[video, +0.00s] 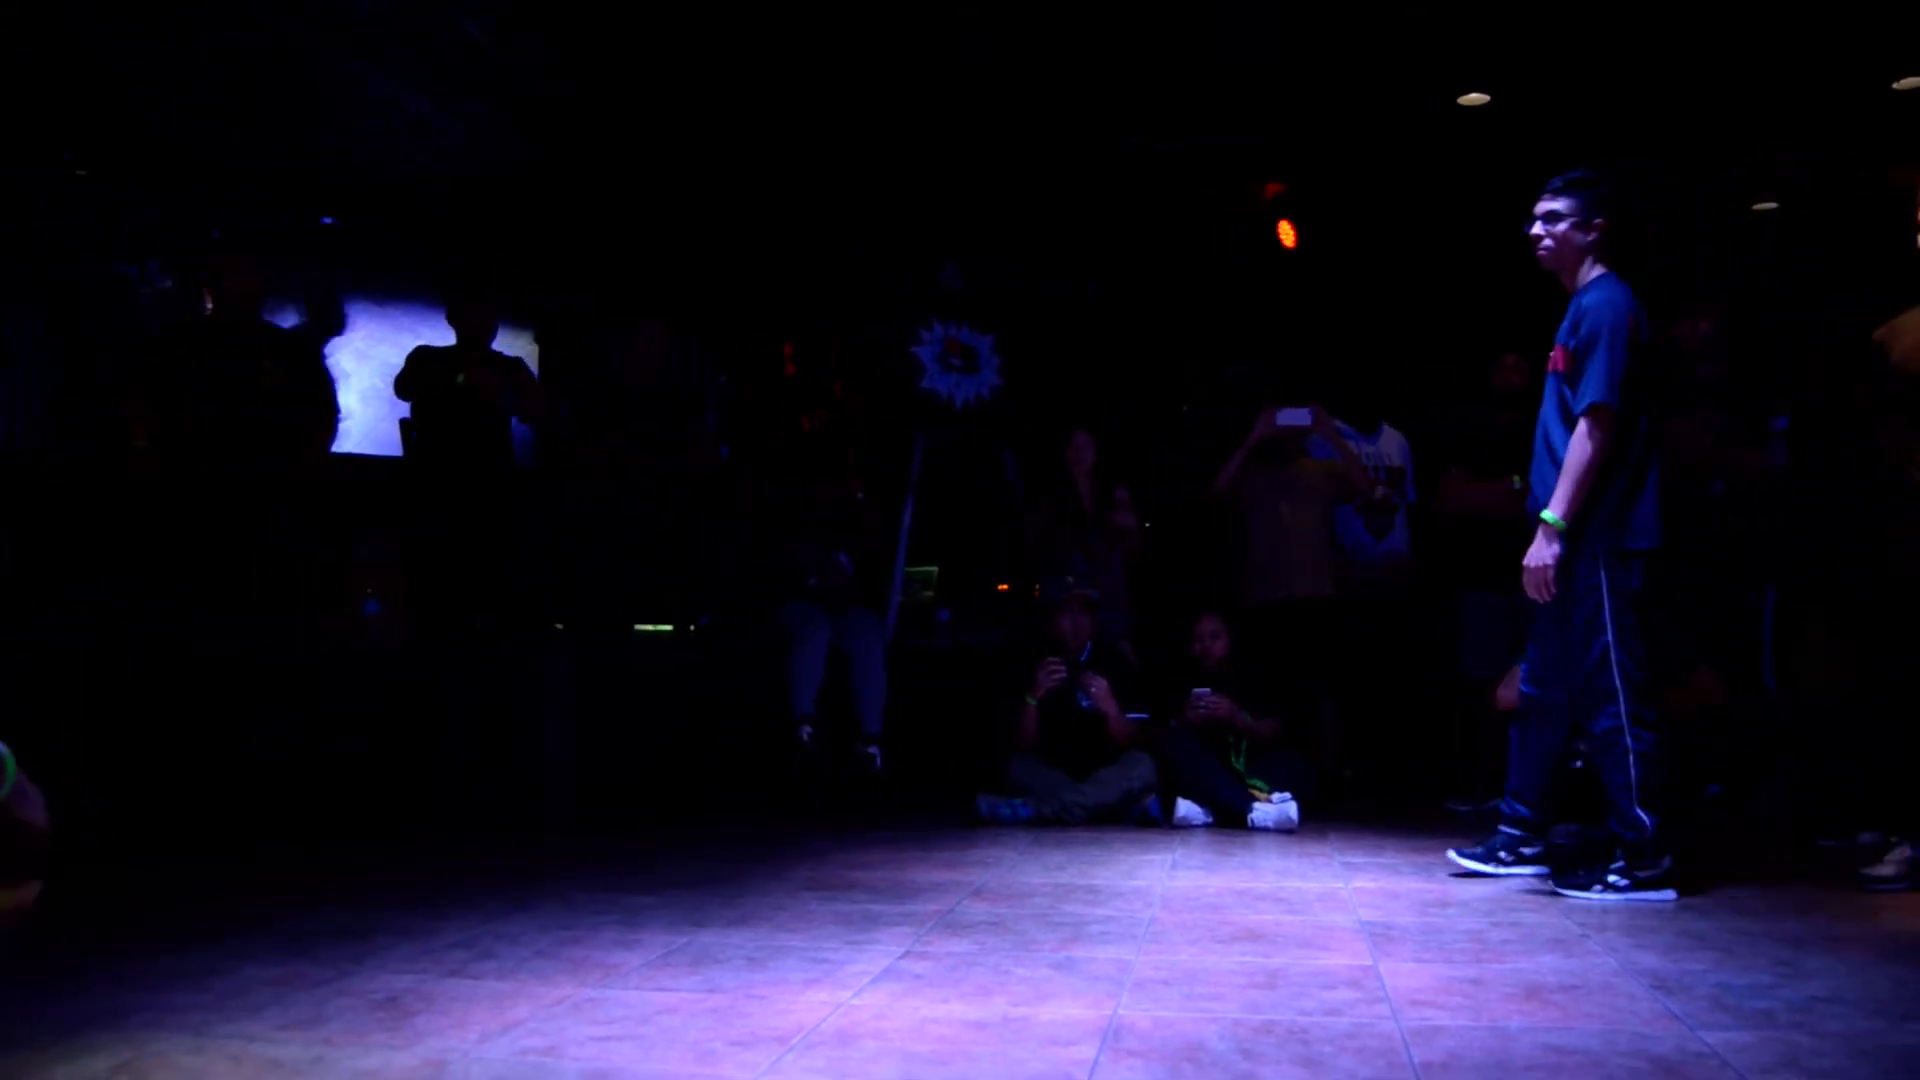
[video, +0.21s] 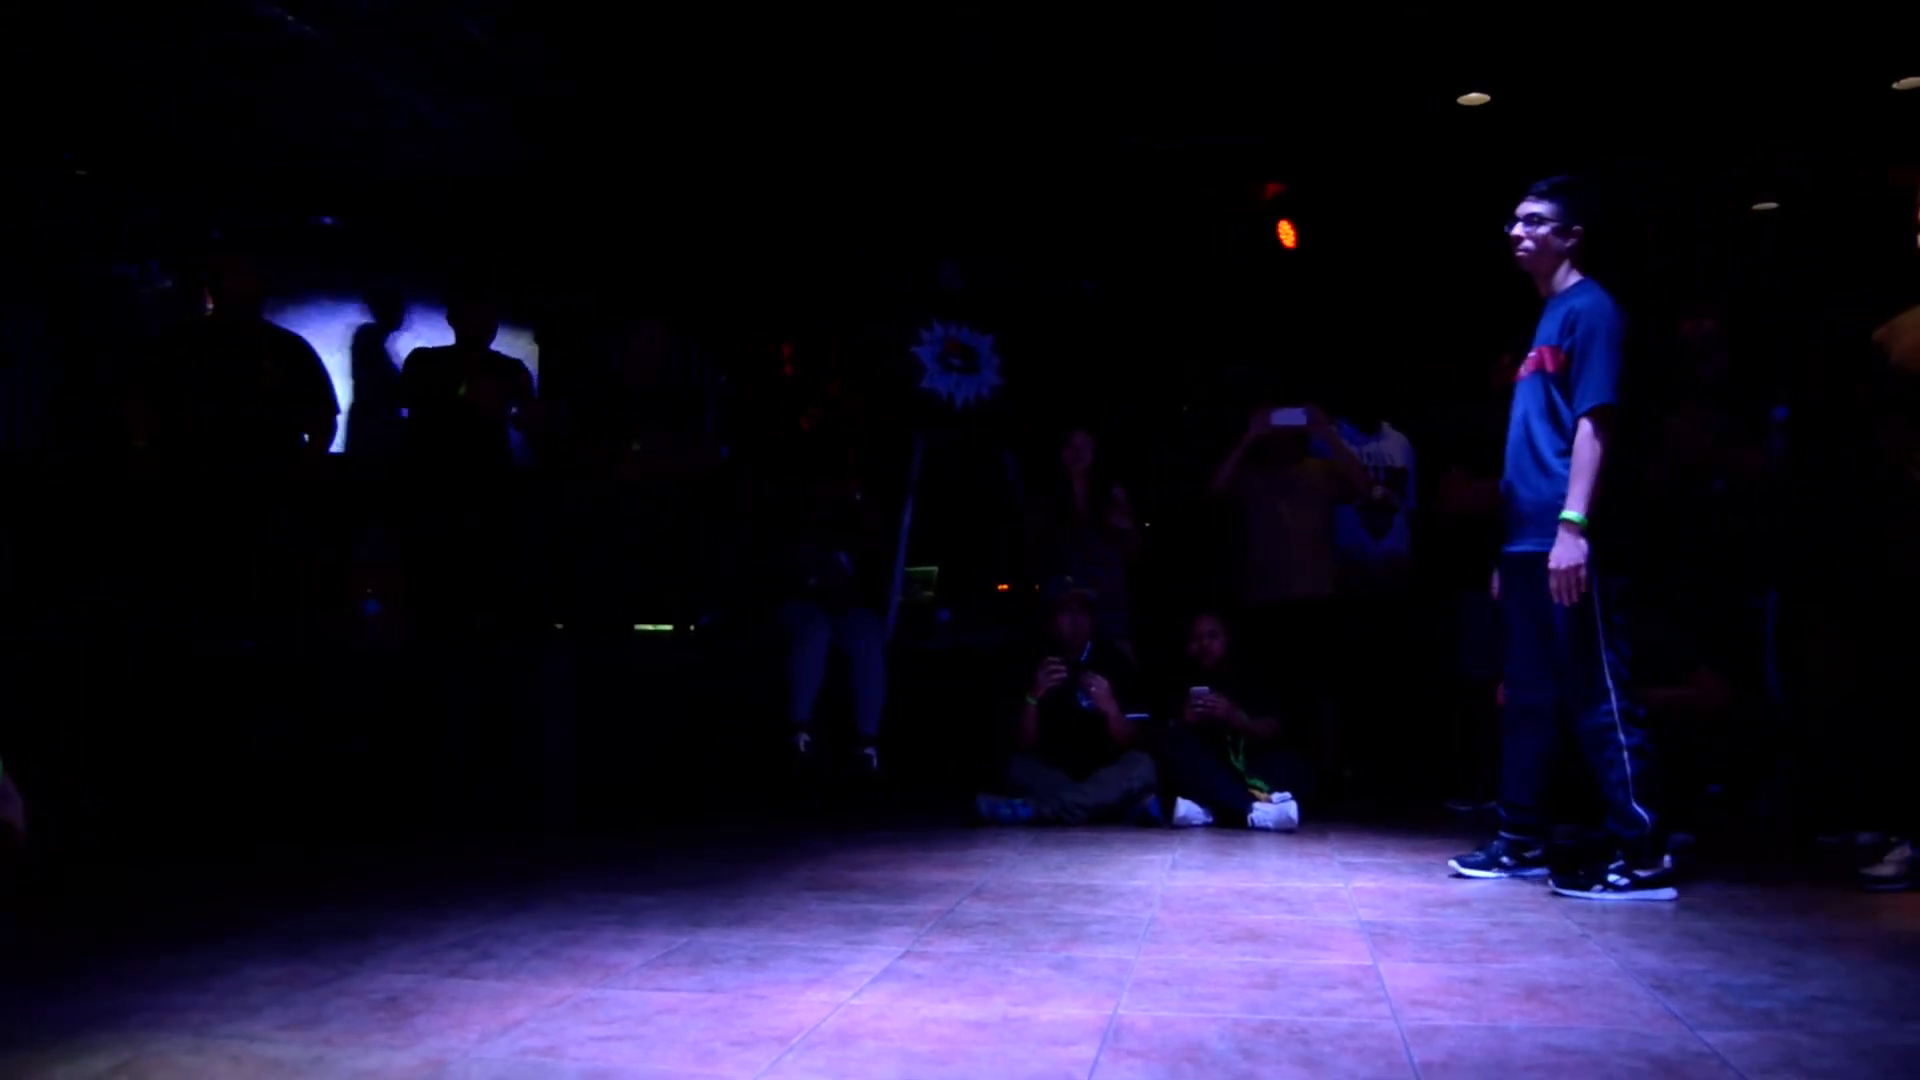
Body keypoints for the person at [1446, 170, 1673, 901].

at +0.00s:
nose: (1536, 232)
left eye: (1551, 221)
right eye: (1535, 221)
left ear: (1592, 230)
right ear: (1554, 235)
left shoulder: (1606, 306)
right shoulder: (1584, 306)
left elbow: (1596, 429)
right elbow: (1586, 430)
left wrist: (1551, 529)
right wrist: (1550, 524)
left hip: (1604, 529)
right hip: (1577, 526)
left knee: (1611, 689)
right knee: (1547, 679)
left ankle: (1641, 853)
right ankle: (1519, 831)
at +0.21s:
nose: (1518, 234)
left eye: (1534, 223)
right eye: (1517, 223)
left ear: (1571, 235)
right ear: (1525, 237)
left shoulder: (1592, 310)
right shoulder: (1551, 315)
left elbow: (1594, 427)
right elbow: (1535, 440)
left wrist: (1573, 527)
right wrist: (1511, 546)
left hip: (1563, 536)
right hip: (1527, 538)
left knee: (1594, 695)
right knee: (1530, 691)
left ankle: (1640, 851)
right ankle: (1520, 837)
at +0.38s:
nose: (1500, 237)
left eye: (1516, 226)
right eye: (1499, 227)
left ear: (1553, 238)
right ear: (1505, 241)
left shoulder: (1578, 315)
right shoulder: (1520, 328)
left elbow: (1591, 429)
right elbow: (1500, 456)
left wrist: (1574, 528)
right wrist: (1465, 549)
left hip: (1552, 540)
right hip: (1504, 544)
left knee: (1583, 694)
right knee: (1519, 695)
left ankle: (1639, 850)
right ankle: (1521, 838)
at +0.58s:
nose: (1487, 242)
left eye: (1502, 231)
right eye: (1483, 232)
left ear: (1537, 242)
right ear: (1480, 248)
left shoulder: (1567, 322)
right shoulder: (1480, 341)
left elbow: (1581, 434)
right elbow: (1464, 453)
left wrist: (1557, 532)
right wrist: (1429, 543)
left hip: (1543, 542)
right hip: (1483, 548)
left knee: (1576, 698)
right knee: (1506, 699)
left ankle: (1636, 849)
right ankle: (1519, 840)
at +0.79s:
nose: (1480, 245)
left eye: (1495, 234)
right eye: (1473, 235)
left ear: (1525, 247)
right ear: (1466, 251)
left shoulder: (1557, 326)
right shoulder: (1457, 348)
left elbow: (1578, 433)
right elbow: (1446, 453)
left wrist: (1559, 528)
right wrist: (1420, 544)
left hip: (1535, 542)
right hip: (1472, 549)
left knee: (1572, 696)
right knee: (1500, 697)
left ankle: (1630, 846)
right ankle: (1519, 840)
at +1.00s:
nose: (1468, 248)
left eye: (1483, 238)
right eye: (1461, 239)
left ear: (1513, 252)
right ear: (1452, 254)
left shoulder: (1548, 332)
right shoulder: (1440, 356)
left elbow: (1575, 436)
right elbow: (1434, 459)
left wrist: (1565, 530)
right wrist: (1422, 551)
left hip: (1534, 543)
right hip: (1464, 551)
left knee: (1572, 697)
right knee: (1495, 699)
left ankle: (1623, 846)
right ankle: (1518, 838)